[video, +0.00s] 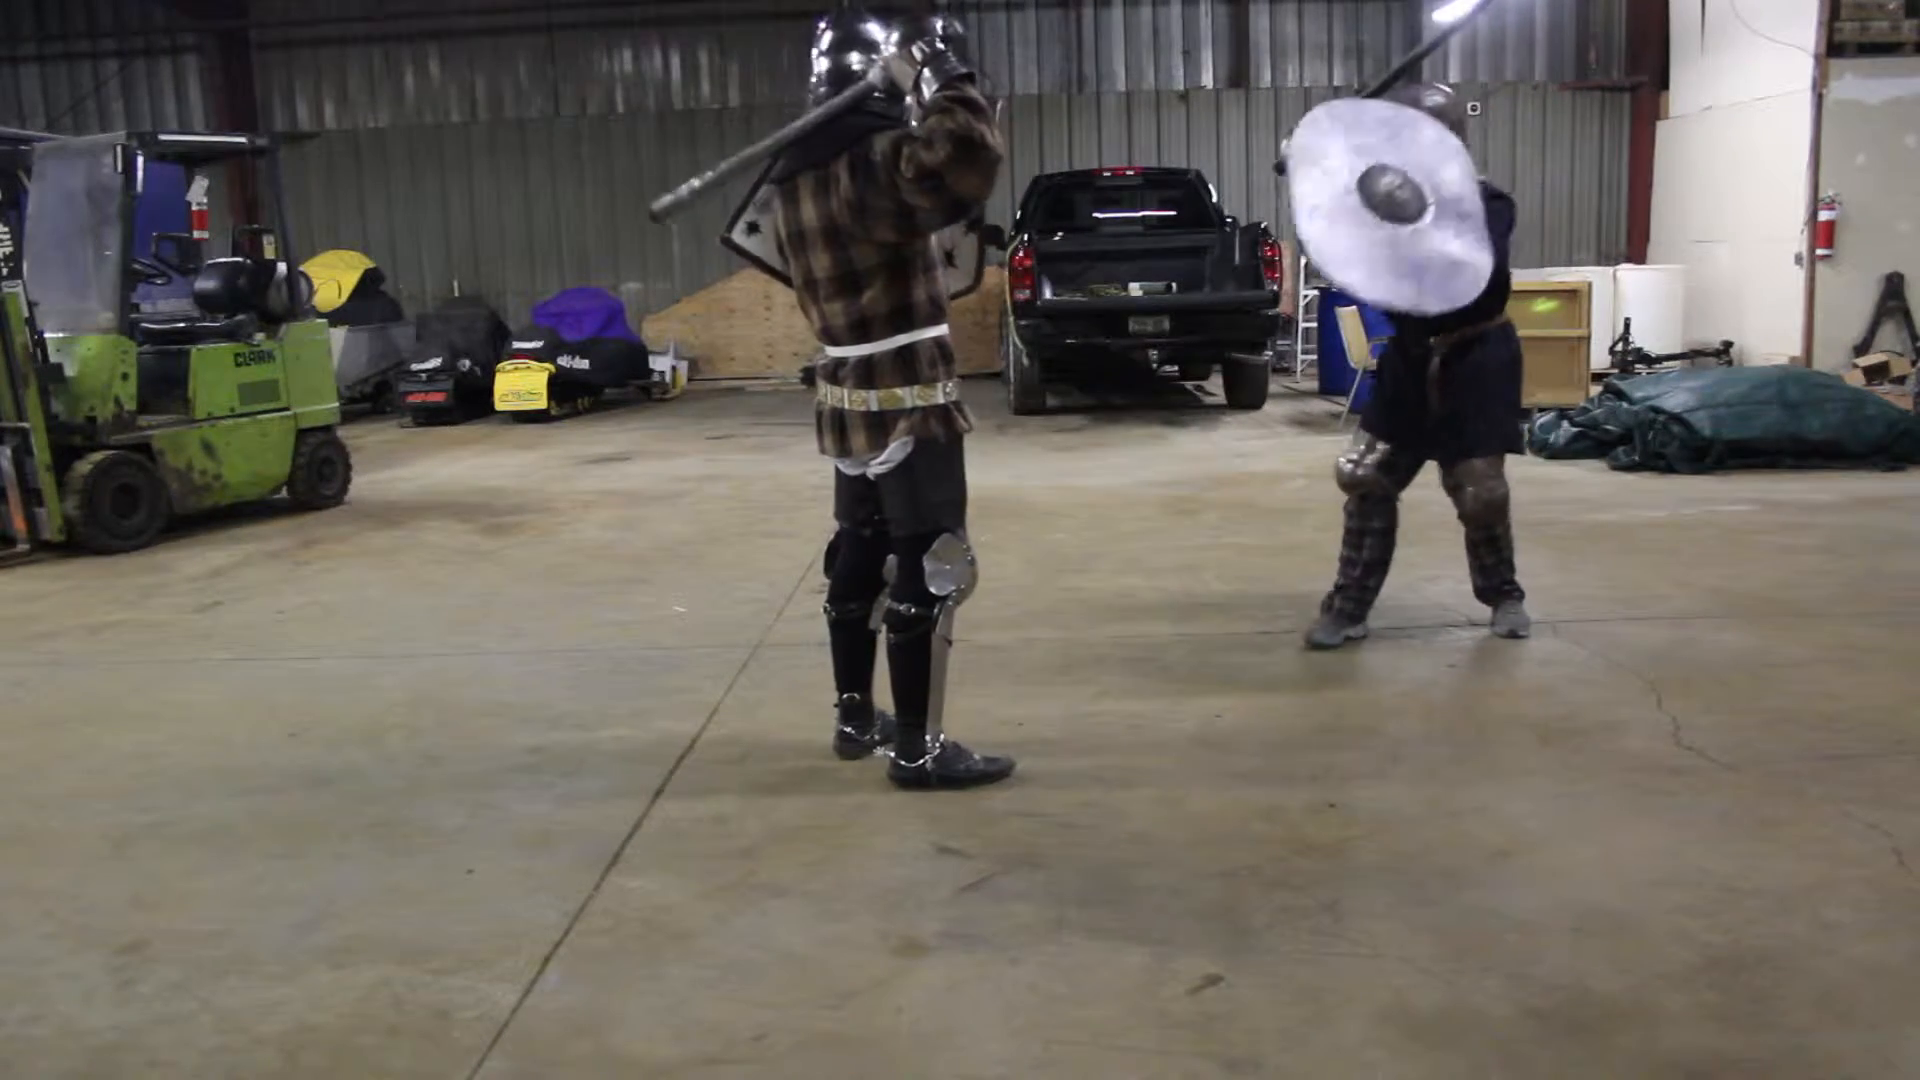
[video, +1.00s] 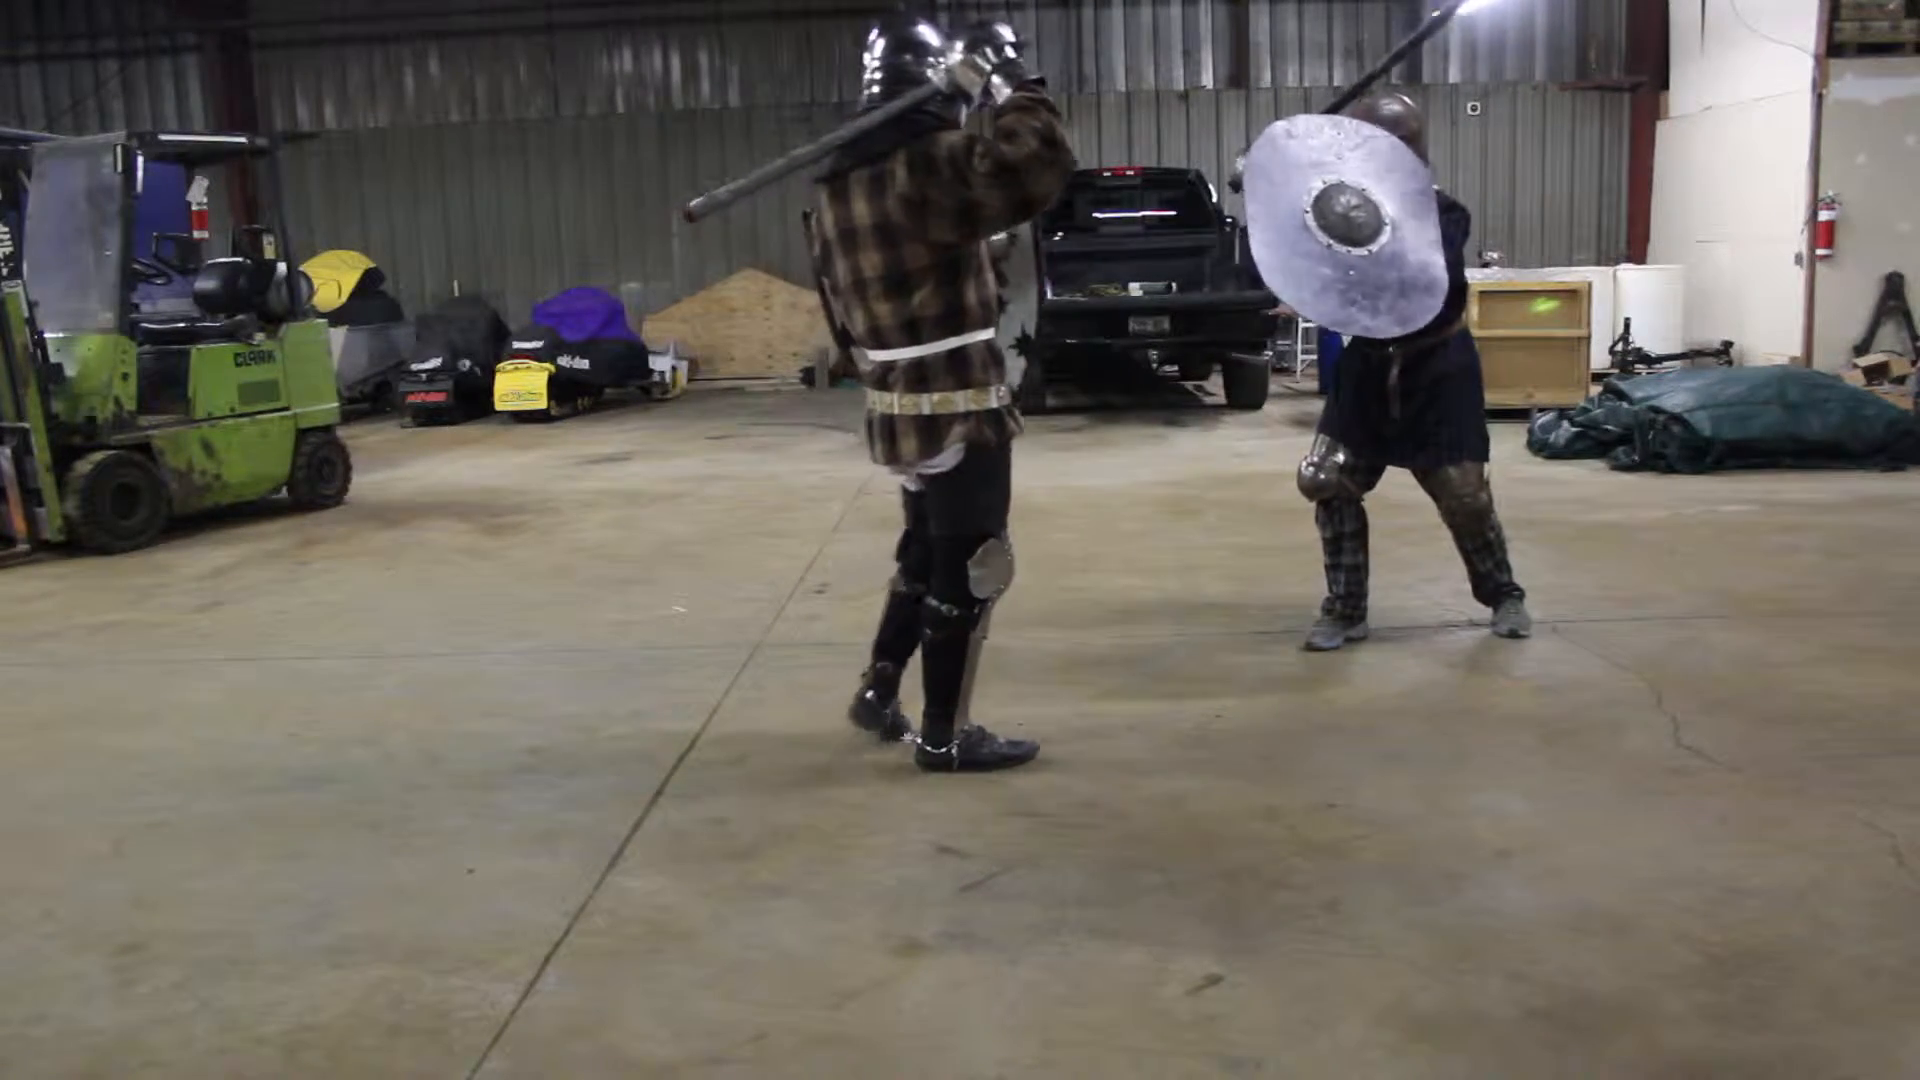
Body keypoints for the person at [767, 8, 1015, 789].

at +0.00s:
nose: (905, 81)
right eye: (901, 59)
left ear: (822, 74)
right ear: (878, 75)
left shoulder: (791, 172)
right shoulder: (869, 165)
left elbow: (795, 273)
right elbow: (966, 158)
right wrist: (938, 63)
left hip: (847, 398)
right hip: (909, 399)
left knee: (860, 548)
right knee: (928, 564)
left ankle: (855, 716)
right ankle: (919, 744)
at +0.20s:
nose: (897, 91)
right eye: (894, 69)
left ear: (819, 82)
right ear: (875, 79)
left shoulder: (790, 178)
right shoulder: (869, 163)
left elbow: (796, 280)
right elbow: (962, 153)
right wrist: (939, 65)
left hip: (842, 399)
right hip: (904, 398)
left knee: (856, 551)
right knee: (940, 561)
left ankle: (855, 716)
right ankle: (921, 740)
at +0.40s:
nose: (911, 89)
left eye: (909, 72)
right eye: (907, 72)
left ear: (827, 76)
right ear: (883, 78)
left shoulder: (792, 168)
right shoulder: (869, 153)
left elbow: (790, 271)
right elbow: (951, 163)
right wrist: (951, 84)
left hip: (840, 400)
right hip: (902, 398)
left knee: (852, 554)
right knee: (970, 549)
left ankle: (853, 714)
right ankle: (930, 723)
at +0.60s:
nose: (928, 76)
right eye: (922, 61)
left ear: (838, 75)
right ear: (898, 77)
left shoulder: (805, 169)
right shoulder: (887, 157)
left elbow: (800, 271)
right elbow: (971, 154)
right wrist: (957, 79)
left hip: (850, 399)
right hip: (917, 399)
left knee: (859, 556)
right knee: (955, 556)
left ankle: (855, 716)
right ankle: (943, 729)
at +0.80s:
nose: (932, 93)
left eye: (930, 74)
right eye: (929, 74)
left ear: (852, 79)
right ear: (911, 80)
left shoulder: (819, 170)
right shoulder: (908, 158)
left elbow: (817, 289)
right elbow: (1004, 159)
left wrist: (854, 356)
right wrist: (980, 77)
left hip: (876, 398)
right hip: (944, 397)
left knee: (887, 549)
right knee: (959, 559)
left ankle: (859, 714)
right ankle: (945, 731)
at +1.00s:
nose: (954, 101)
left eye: (952, 86)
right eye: (949, 85)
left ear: (870, 86)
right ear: (929, 86)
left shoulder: (835, 181)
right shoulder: (931, 163)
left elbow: (837, 304)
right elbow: (1035, 157)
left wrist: (868, 366)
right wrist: (1014, 84)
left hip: (901, 407)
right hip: (963, 408)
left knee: (925, 549)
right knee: (967, 568)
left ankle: (878, 691)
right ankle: (946, 732)